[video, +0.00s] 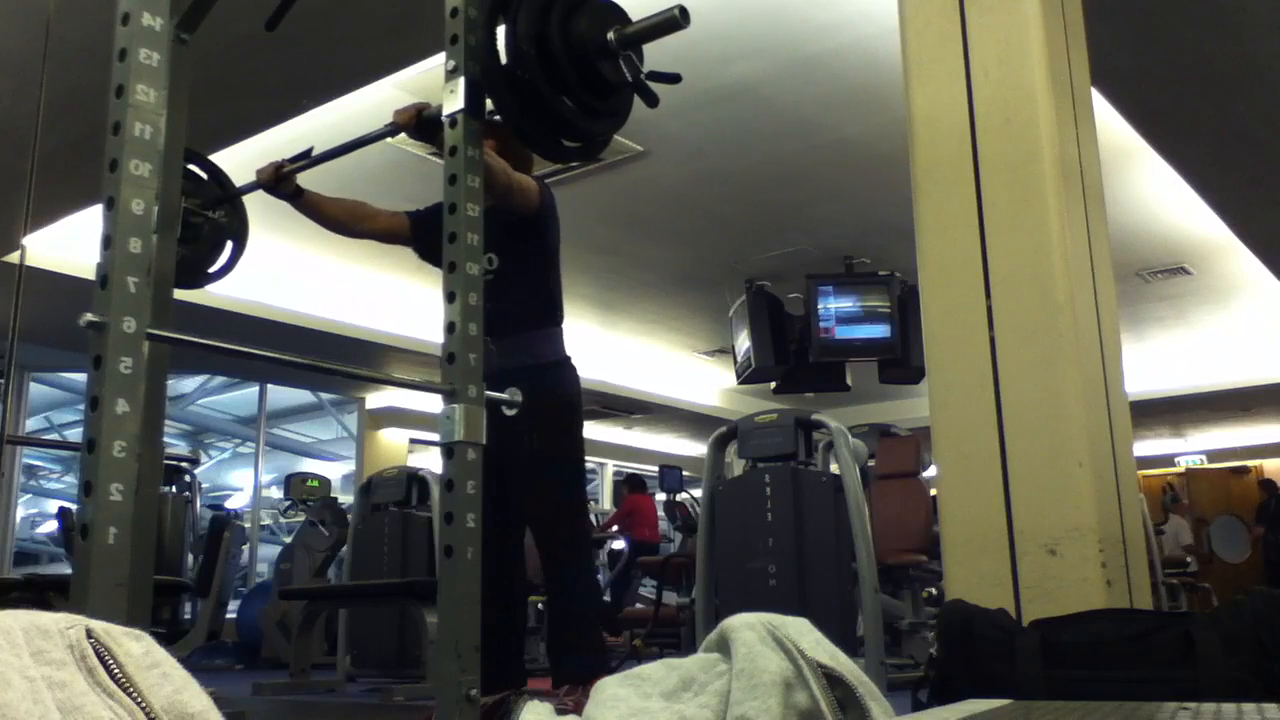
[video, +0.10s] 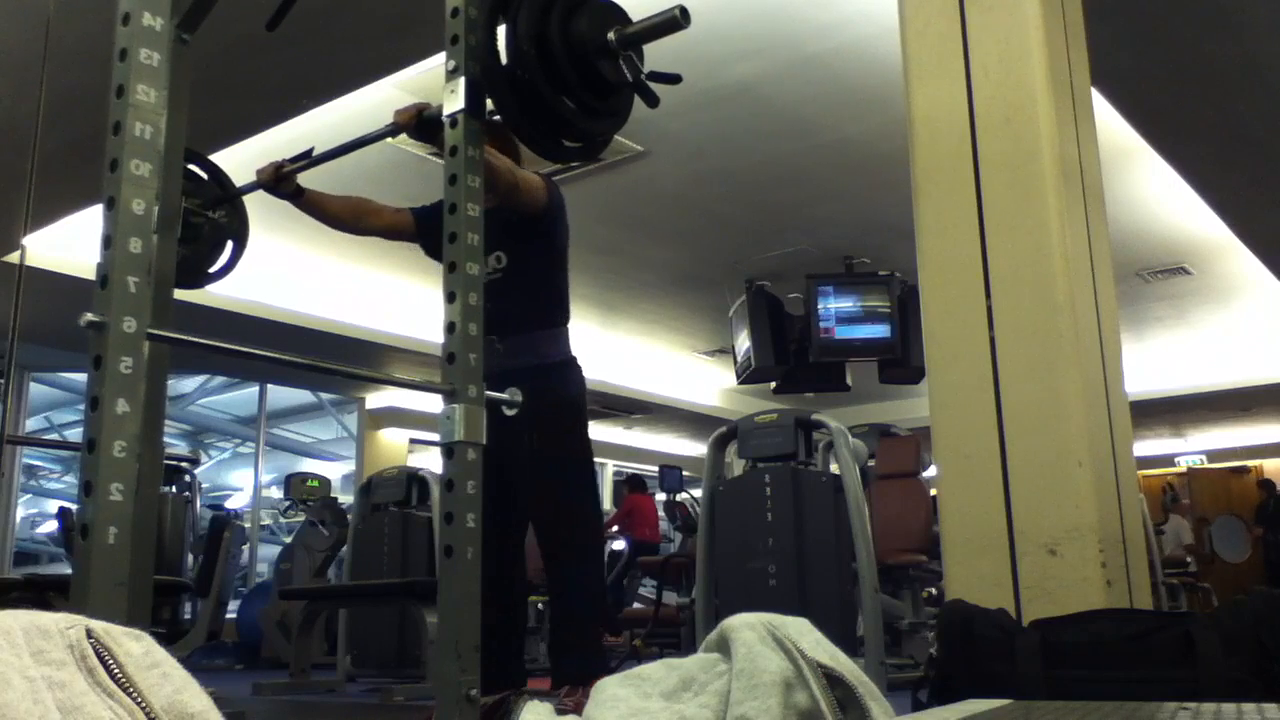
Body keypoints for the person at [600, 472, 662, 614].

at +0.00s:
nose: (624, 491)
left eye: (626, 488)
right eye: (624, 488)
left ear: (630, 488)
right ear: (643, 487)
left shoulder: (631, 500)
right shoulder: (650, 500)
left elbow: (617, 517)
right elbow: (637, 520)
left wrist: (601, 528)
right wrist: (620, 529)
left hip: (637, 545)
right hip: (653, 545)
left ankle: (617, 602)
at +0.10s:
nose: (625, 491)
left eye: (627, 488)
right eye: (626, 488)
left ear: (630, 488)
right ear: (644, 487)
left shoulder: (631, 500)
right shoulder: (650, 500)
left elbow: (616, 518)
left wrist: (602, 529)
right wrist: (619, 530)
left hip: (636, 545)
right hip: (653, 546)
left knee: (616, 573)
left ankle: (617, 604)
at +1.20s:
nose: (626, 491)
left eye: (627, 488)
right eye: (626, 488)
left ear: (631, 487)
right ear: (644, 486)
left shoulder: (631, 500)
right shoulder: (650, 500)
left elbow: (617, 518)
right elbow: (636, 522)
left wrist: (601, 528)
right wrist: (618, 532)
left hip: (636, 545)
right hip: (654, 546)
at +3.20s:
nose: (623, 490)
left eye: (624, 487)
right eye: (624, 488)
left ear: (629, 487)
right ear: (642, 486)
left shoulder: (630, 500)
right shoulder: (649, 499)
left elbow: (615, 521)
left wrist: (600, 529)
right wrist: (619, 531)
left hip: (636, 546)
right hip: (654, 547)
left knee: (603, 552)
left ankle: (606, 589)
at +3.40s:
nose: (624, 491)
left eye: (625, 488)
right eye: (624, 488)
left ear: (629, 488)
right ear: (641, 486)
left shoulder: (631, 501)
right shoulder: (649, 500)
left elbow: (617, 519)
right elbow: (634, 523)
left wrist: (602, 529)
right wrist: (617, 532)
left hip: (637, 546)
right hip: (654, 546)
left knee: (609, 569)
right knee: (625, 572)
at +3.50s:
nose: (624, 491)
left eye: (625, 488)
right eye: (624, 488)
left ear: (629, 488)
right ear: (642, 487)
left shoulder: (630, 500)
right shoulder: (649, 500)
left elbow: (615, 519)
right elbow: (638, 522)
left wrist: (600, 530)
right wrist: (619, 531)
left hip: (637, 545)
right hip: (654, 545)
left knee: (614, 559)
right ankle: (633, 592)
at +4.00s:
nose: (624, 490)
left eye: (625, 487)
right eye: (624, 487)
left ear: (629, 487)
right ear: (643, 486)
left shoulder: (631, 500)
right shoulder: (649, 500)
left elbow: (616, 520)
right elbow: (635, 522)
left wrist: (600, 530)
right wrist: (617, 533)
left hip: (636, 544)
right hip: (653, 545)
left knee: (605, 553)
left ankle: (610, 584)